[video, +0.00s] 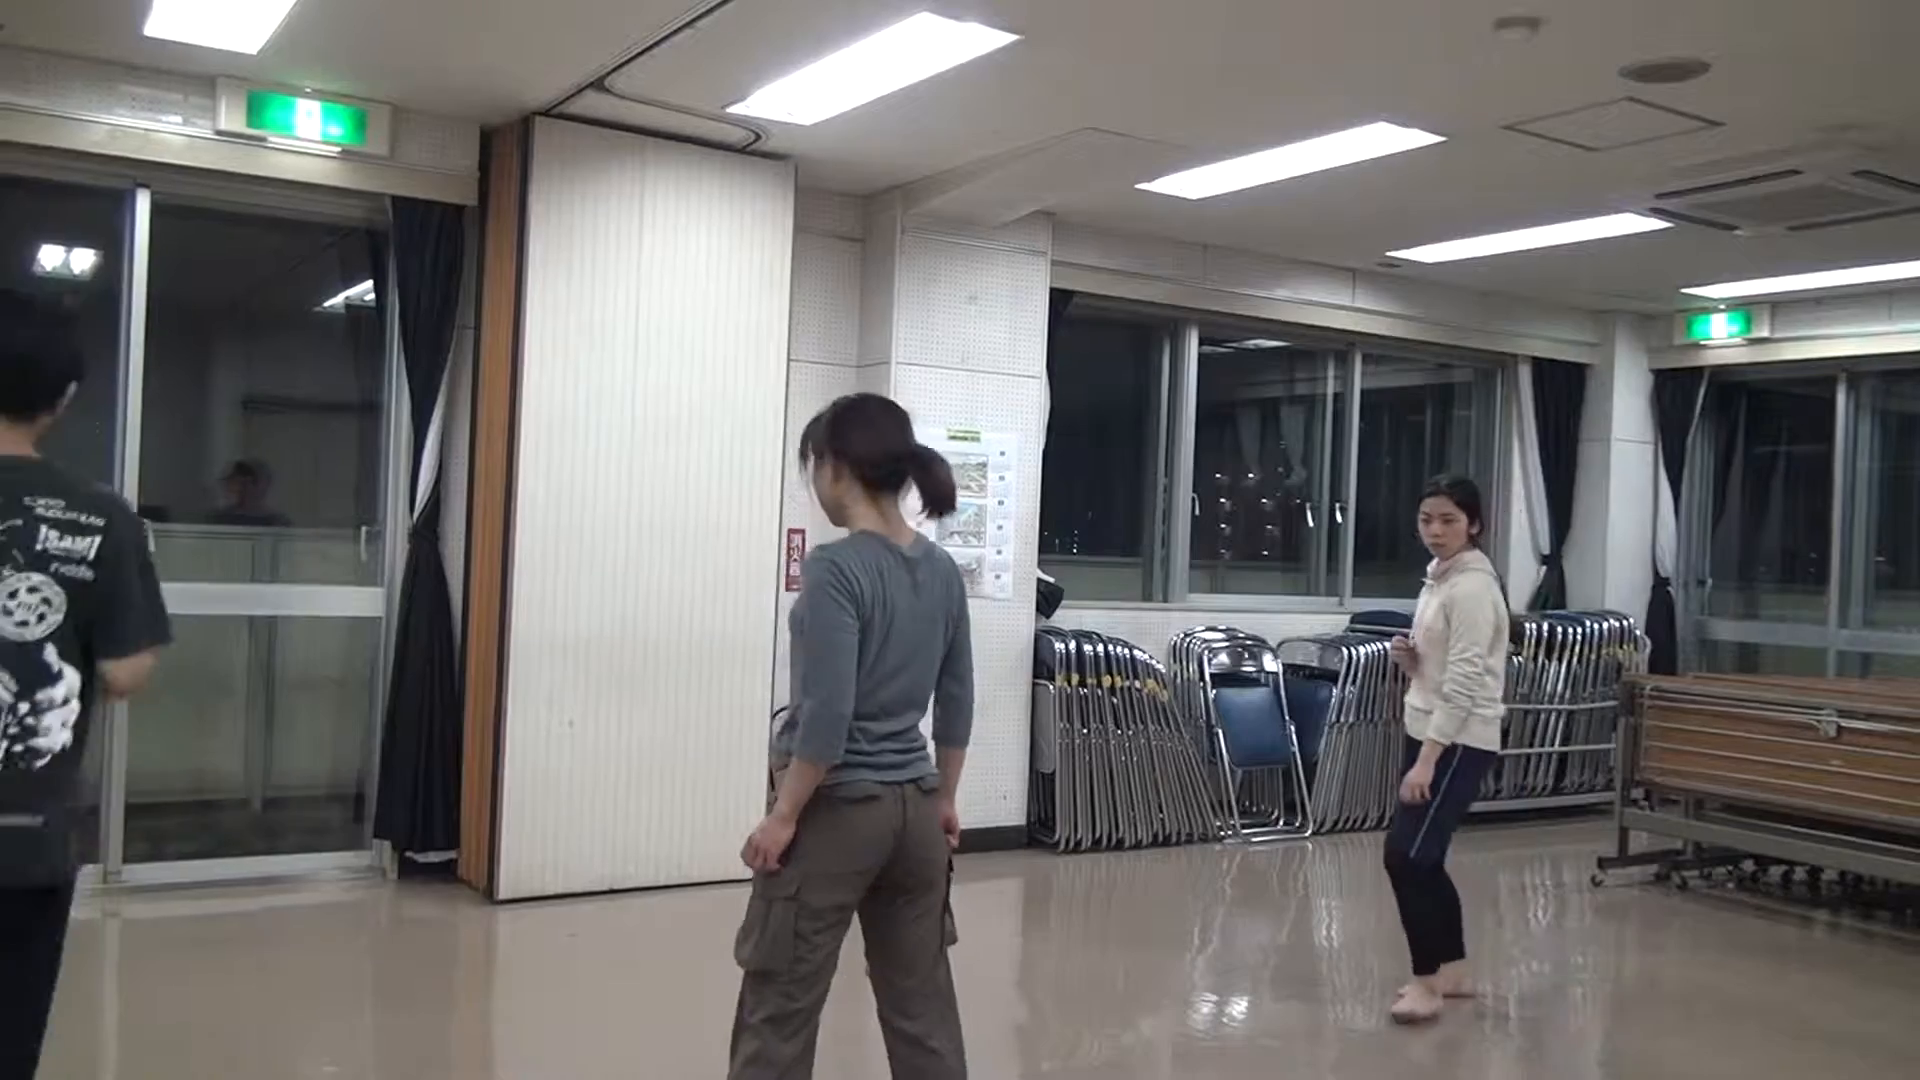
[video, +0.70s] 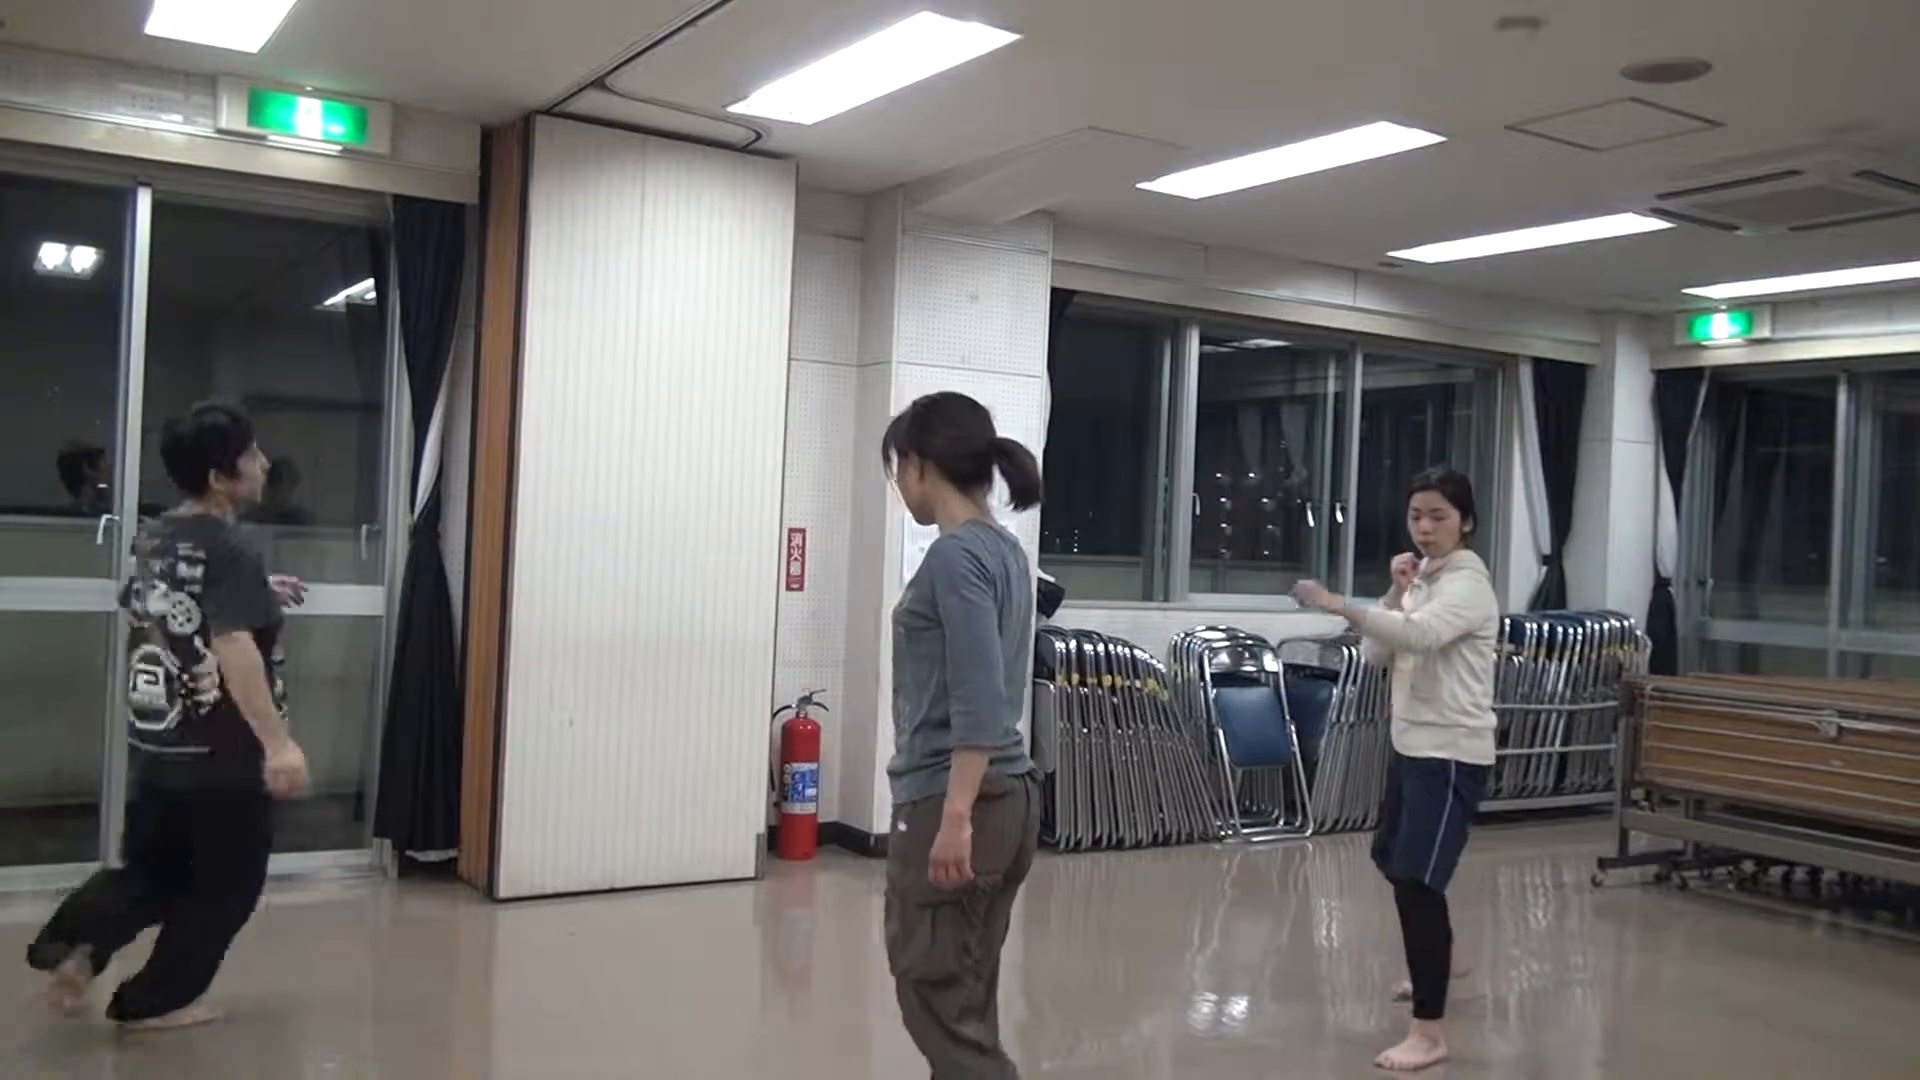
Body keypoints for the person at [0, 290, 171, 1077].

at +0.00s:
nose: (58, 398)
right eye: (64, 386)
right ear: (62, 398)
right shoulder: (99, 519)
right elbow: (128, 669)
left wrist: (66, 657)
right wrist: (59, 656)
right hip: (29, 836)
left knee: (16, 1047)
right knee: (14, 1051)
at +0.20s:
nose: (116, 411)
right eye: (115, 403)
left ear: (18, 404)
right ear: (107, 416)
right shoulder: (137, 524)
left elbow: (187, 654)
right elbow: (189, 656)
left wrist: (205, 697)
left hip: (6, 792)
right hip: (81, 802)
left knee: (7, 981)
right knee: (78, 992)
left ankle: (28, 1060)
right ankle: (65, 1065)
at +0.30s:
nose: (127, 426)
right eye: (130, 416)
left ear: (44, 420)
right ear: (129, 428)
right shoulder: (154, 533)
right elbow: (199, 661)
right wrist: (250, 765)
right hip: (104, 806)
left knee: (16, 984)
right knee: (138, 977)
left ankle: (12, 1065)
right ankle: (92, 1070)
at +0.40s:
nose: (180, 401)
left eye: (179, 388)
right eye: (178, 389)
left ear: (85, 394)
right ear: (160, 400)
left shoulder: (36, 478)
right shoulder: (173, 491)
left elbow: (9, 576)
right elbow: (180, 598)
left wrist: (59, 564)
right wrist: (207, 707)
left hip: (41, 733)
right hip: (141, 737)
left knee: (38, 906)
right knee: (170, 903)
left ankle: (11, 1057)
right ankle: (135, 1063)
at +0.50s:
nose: (218, 397)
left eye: (212, 385)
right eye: (208, 388)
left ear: (129, 400)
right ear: (183, 404)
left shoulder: (83, 466)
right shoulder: (197, 477)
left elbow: (68, 563)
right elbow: (174, 566)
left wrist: (122, 592)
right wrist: (185, 666)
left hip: (83, 695)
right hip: (176, 700)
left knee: (60, 867)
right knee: (189, 861)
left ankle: (7, 1028)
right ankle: (157, 1009)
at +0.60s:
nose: (244, 438)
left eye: (238, 425)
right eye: (234, 429)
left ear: (161, 448)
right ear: (209, 449)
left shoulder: (124, 512)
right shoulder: (222, 521)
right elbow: (203, 600)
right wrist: (213, 691)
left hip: (115, 730)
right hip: (201, 738)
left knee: (101, 867)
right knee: (207, 897)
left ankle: (23, 969)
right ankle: (156, 1006)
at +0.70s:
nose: (263, 462)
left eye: (257, 450)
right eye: (252, 454)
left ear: (193, 472)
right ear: (222, 473)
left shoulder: (156, 536)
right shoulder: (230, 549)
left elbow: (176, 608)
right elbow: (232, 646)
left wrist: (255, 591)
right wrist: (278, 741)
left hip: (157, 744)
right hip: (220, 751)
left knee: (154, 870)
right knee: (228, 886)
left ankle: (84, 949)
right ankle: (156, 999)